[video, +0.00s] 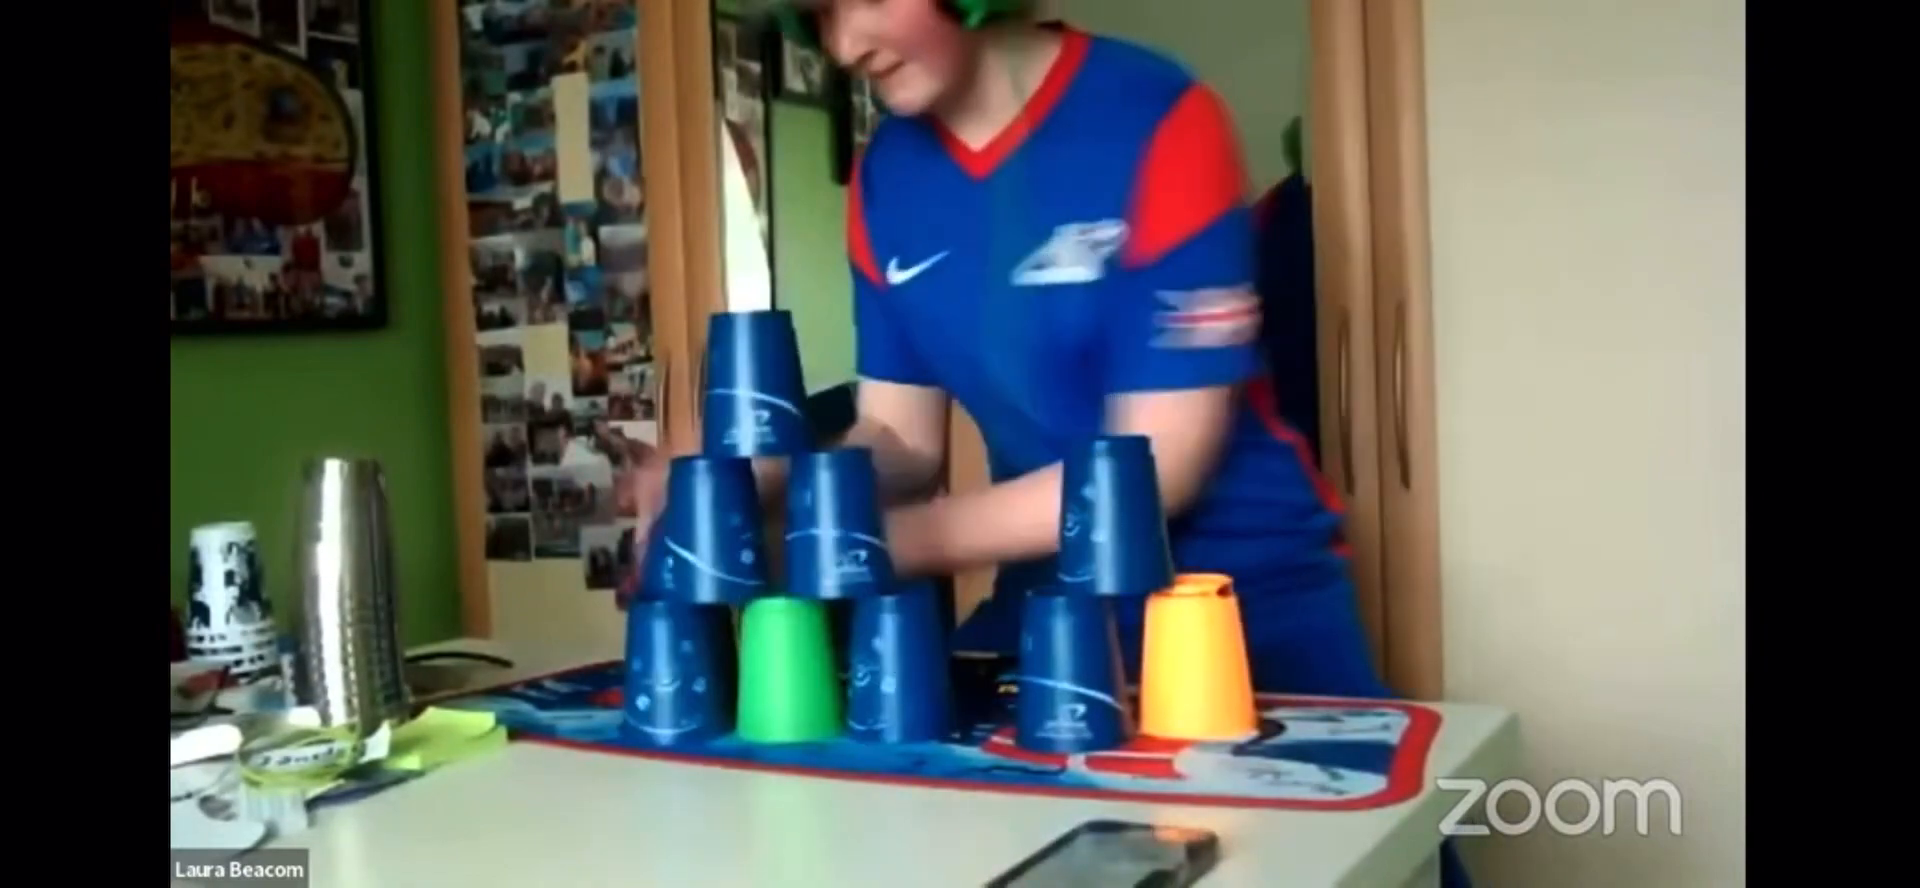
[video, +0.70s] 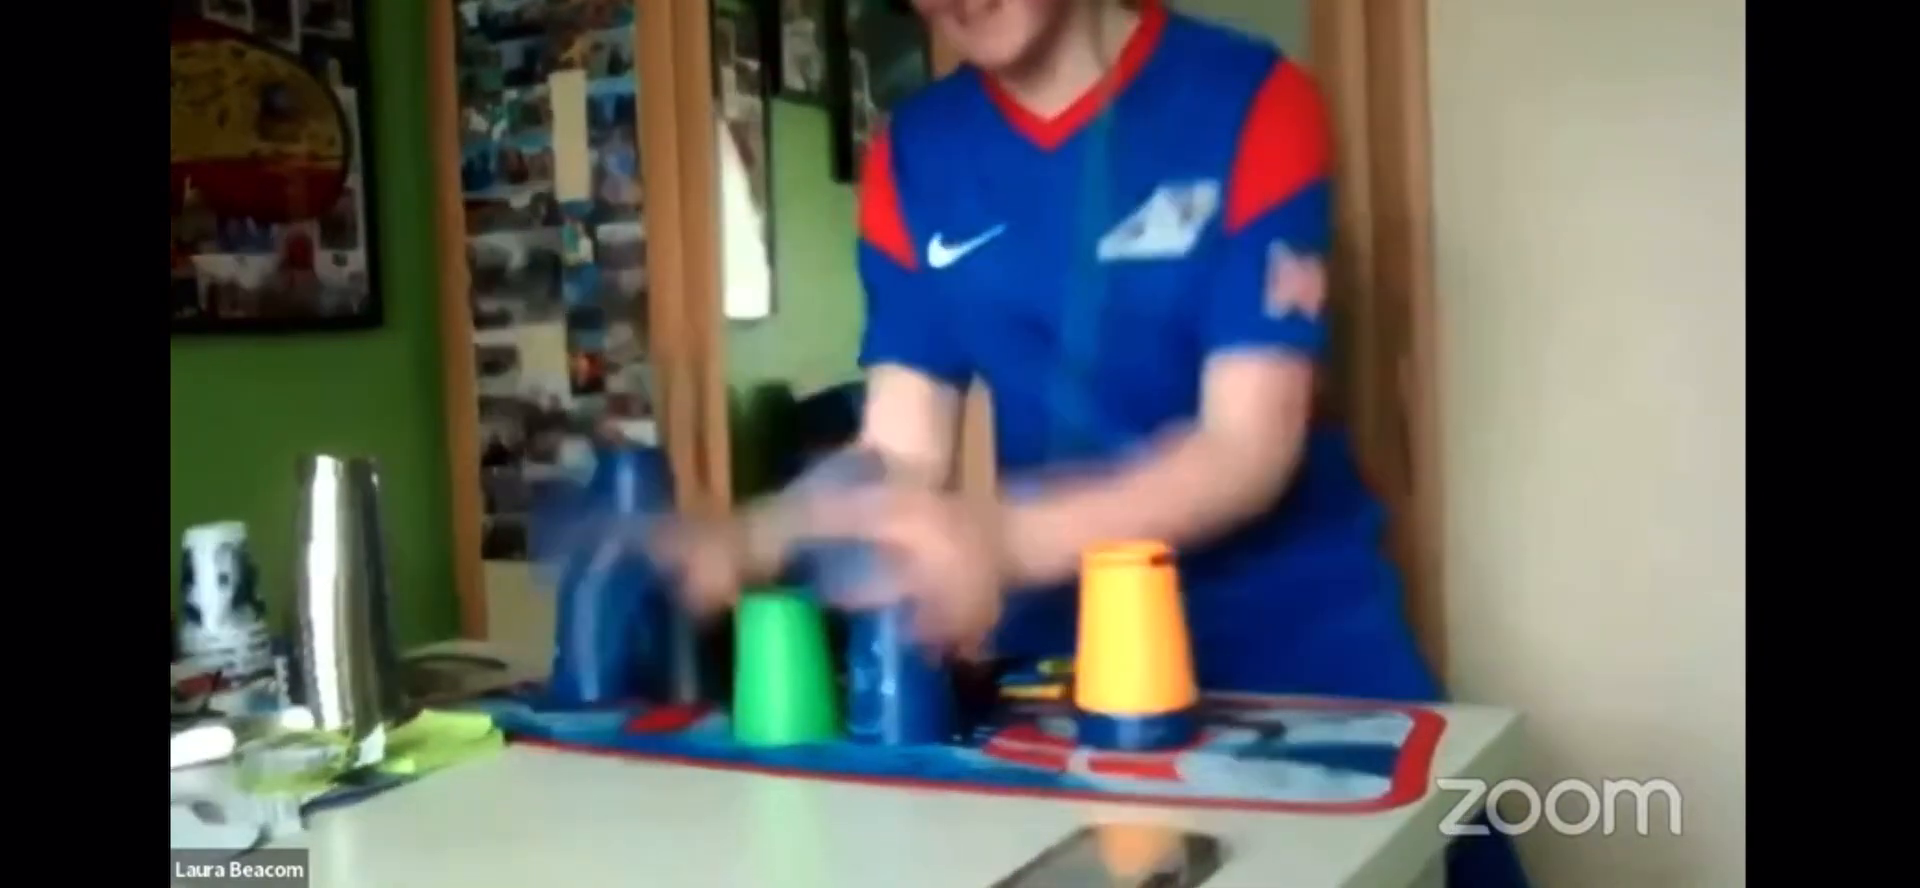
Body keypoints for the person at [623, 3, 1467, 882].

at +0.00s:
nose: (848, 40)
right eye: (824, 17)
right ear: (816, 33)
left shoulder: (1160, 122)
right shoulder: (886, 180)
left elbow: (1161, 464)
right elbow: (902, 448)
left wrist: (855, 544)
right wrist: (733, 485)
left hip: (1251, 607)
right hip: (1061, 618)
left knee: (1331, 867)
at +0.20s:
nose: (836, 51)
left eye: (864, 4)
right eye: (809, 27)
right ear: (798, 46)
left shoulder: (1115, 134)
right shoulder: (878, 175)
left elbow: (1133, 468)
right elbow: (883, 447)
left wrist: (826, 490)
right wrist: (729, 498)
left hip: (1222, 600)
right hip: (1039, 602)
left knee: (1277, 864)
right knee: (1065, 865)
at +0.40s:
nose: (947, 28)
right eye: (911, 10)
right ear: (893, 29)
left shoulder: (1238, 134)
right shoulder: (899, 199)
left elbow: (1305, 436)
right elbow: (909, 471)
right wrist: (978, 471)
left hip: (1284, 643)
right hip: (1057, 675)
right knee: (1078, 871)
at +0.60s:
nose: (960, 2)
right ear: (921, 1)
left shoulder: (1253, 91)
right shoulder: (911, 144)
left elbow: (1269, 431)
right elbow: (910, 471)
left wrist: (991, 448)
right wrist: (749, 577)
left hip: (1302, 663)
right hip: (1058, 669)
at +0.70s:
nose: (957, 1)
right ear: (914, 5)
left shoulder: (1247, 104)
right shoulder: (915, 150)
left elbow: (1250, 452)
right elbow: (900, 465)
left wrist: (1013, 541)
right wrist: (752, 538)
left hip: (1290, 662)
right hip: (1057, 669)